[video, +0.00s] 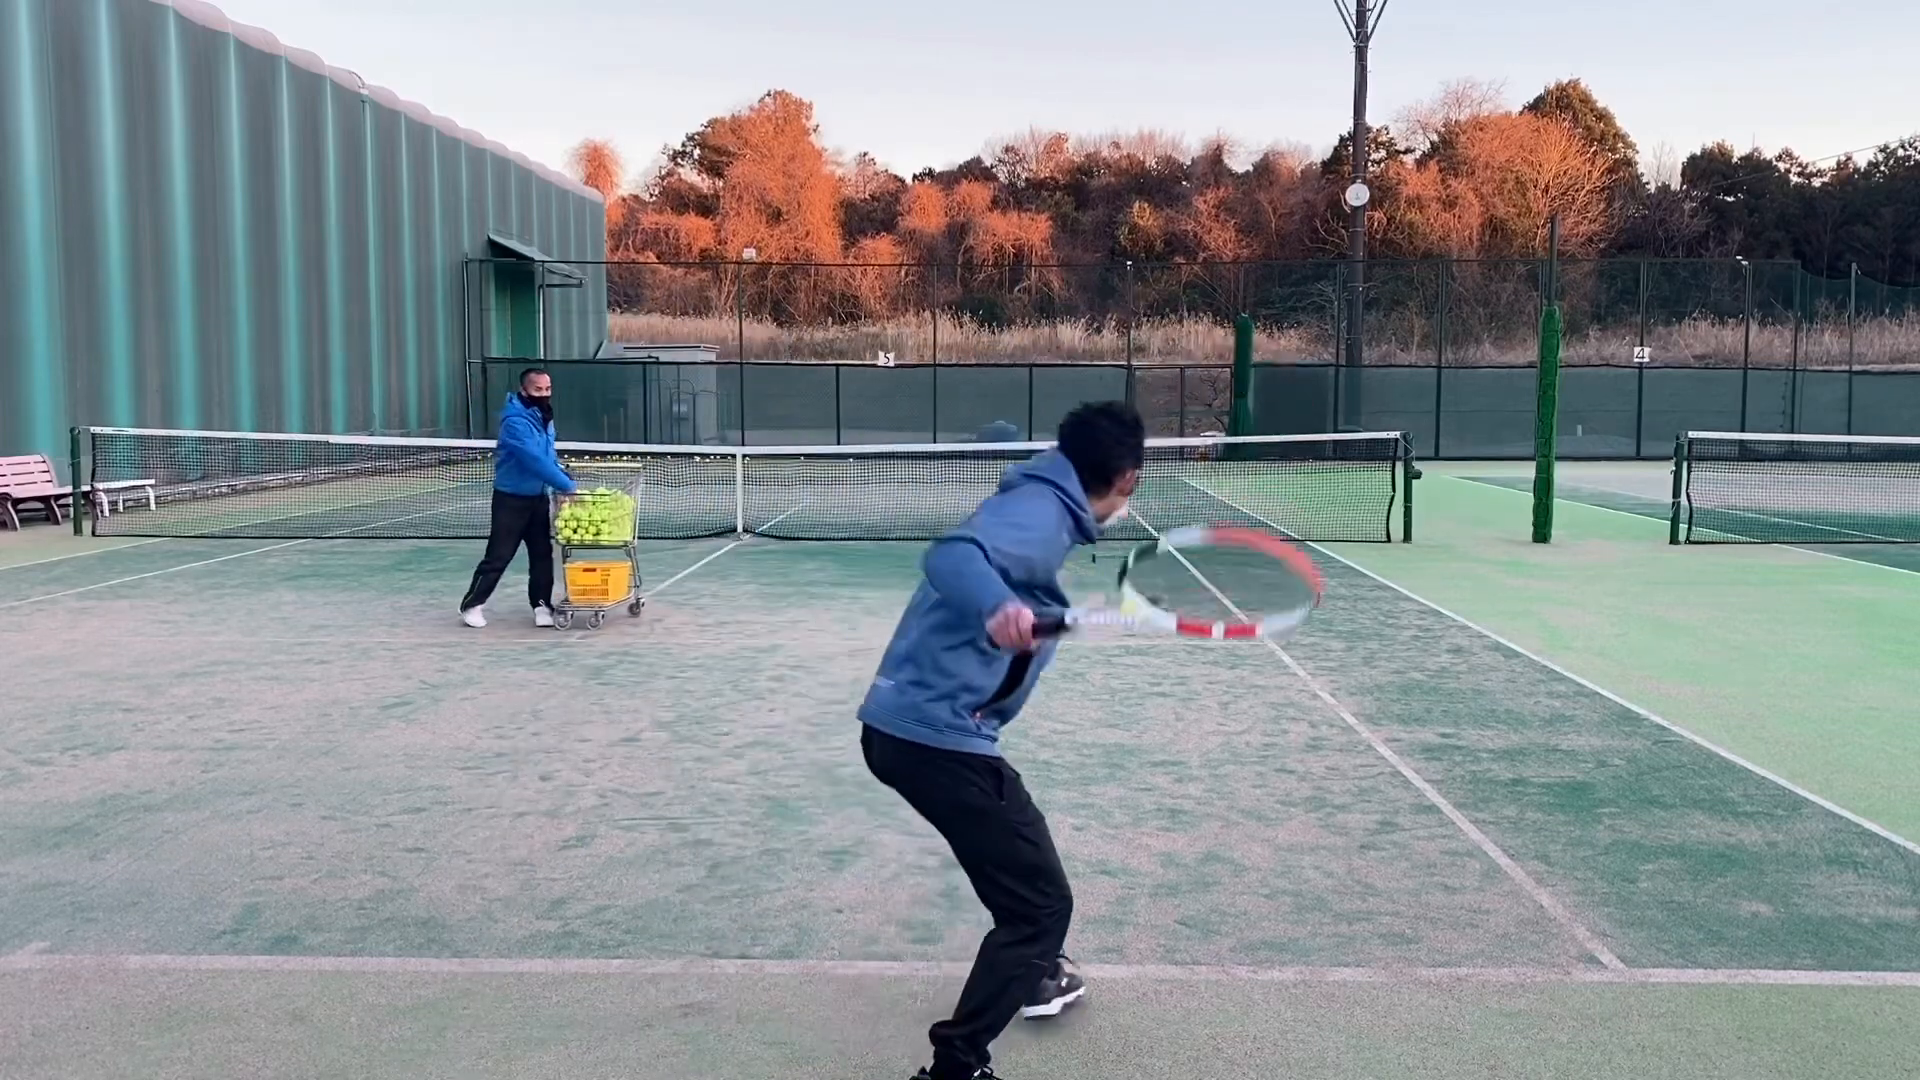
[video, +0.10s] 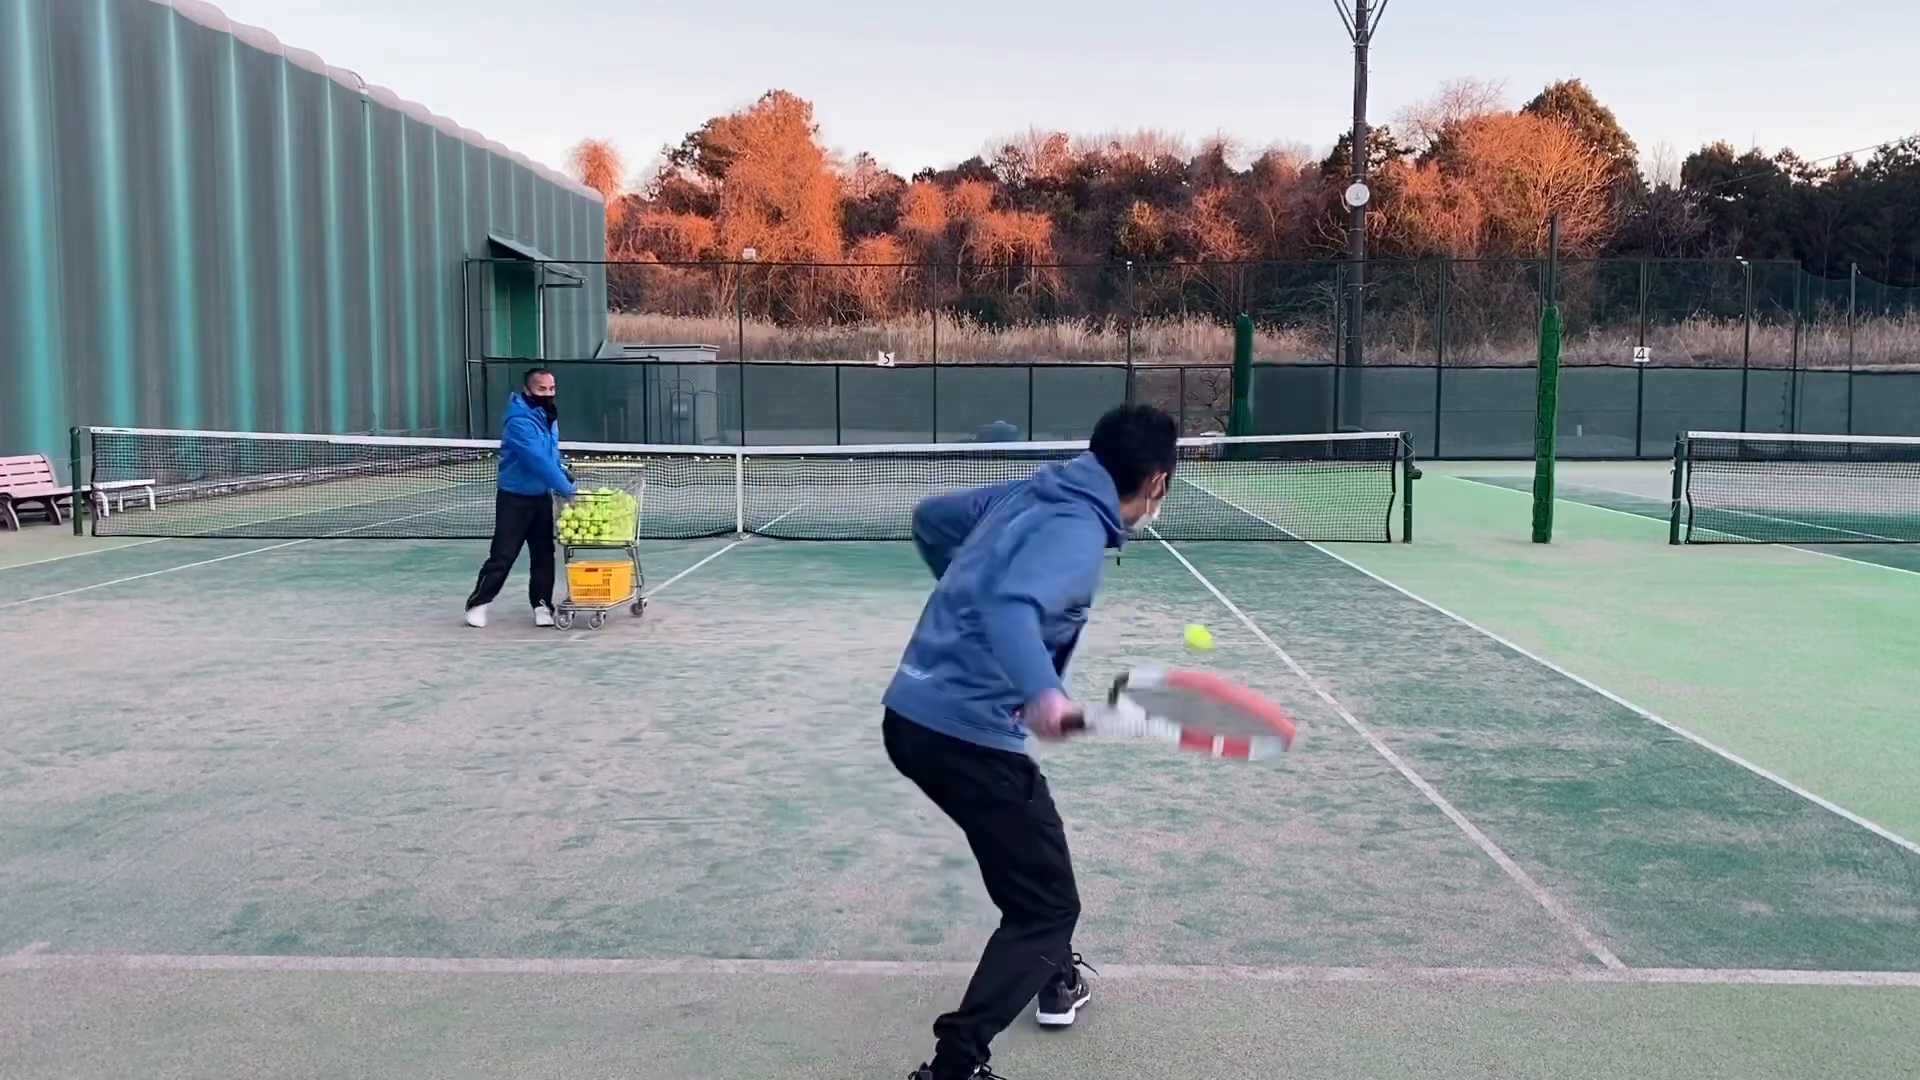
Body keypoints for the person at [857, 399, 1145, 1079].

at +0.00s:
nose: (1127, 499)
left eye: (1131, 486)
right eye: (1129, 486)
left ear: (1073, 459)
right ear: (1109, 482)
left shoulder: (1043, 508)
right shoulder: (1036, 513)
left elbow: (1022, 592)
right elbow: (953, 553)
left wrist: (1073, 616)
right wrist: (997, 605)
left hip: (929, 722)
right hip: (927, 733)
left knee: (1021, 838)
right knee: (1039, 904)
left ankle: (1035, 975)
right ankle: (957, 1061)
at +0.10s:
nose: (1162, 494)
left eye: (1165, 481)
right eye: (1166, 482)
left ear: (1097, 457)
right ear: (1153, 482)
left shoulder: (1032, 492)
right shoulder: (1077, 529)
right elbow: (1011, 608)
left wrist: (970, 594)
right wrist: (1044, 692)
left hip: (913, 715)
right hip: (967, 733)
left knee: (1026, 837)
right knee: (1045, 908)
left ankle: (1053, 980)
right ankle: (957, 1059)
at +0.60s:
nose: (1046, 320)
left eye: (1049, 310)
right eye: (1053, 311)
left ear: (1057, 318)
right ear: (1123, 316)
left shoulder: (1052, 394)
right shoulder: (1132, 374)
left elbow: (1052, 502)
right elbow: (1066, 345)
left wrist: (987, 459)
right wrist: (1002, 334)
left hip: (1039, 637)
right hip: (1116, 630)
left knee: (1046, 796)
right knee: (1131, 786)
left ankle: (1076, 961)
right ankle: (1167, 960)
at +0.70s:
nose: (1035, 331)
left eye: (1039, 321)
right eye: (1041, 319)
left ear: (1047, 329)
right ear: (1114, 327)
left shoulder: (1057, 414)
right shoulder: (1125, 387)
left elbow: (1070, 534)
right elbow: (1054, 397)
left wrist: (994, 486)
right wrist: (990, 402)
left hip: (1057, 654)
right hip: (1129, 643)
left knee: (1056, 812)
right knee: (1153, 794)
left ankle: (1095, 972)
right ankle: (1203, 952)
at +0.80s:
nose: (1025, 351)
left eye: (1029, 343)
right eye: (1031, 340)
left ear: (1039, 355)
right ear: (1100, 353)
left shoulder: (1063, 435)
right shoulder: (1113, 419)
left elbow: (1075, 554)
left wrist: (994, 524)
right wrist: (1035, 481)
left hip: (1077, 678)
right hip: (1141, 666)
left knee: (1022, 812)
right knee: (1163, 809)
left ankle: (1094, 952)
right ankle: (1237, 958)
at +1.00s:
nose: (981, 403)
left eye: (983, 393)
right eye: (983, 392)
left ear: (992, 402)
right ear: (1059, 395)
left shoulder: (1019, 477)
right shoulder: (1083, 465)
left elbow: (1019, 594)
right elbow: (1105, 567)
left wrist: (957, 589)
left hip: (1059, 706)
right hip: (1116, 697)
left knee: (940, 791)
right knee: (1146, 835)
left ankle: (979, 950)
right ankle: (1243, 970)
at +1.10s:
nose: (938, 388)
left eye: (938, 379)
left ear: (947, 389)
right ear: (1021, 383)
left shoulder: (957, 469)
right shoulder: (1053, 464)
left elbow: (938, 588)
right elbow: (1088, 570)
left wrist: (911, 571)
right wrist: (999, 559)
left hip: (992, 708)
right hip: (1070, 695)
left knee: (911, 826)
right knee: (1124, 826)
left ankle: (937, 991)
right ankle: (1231, 962)